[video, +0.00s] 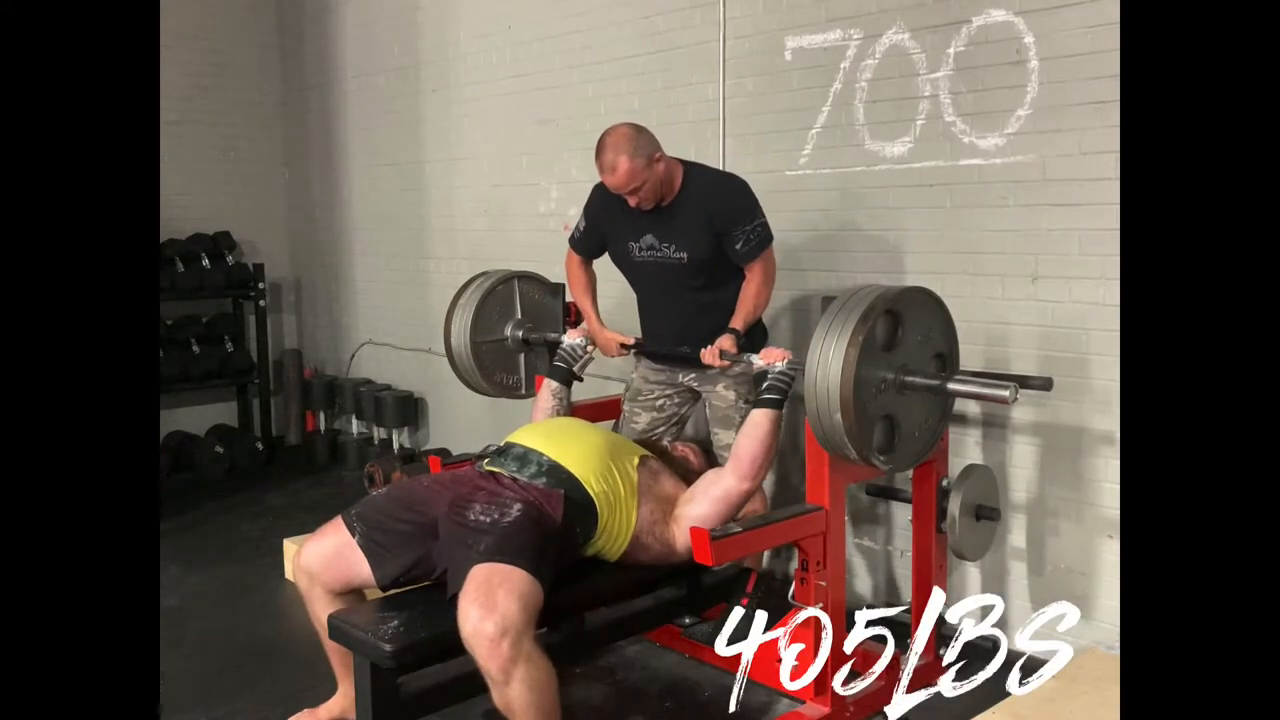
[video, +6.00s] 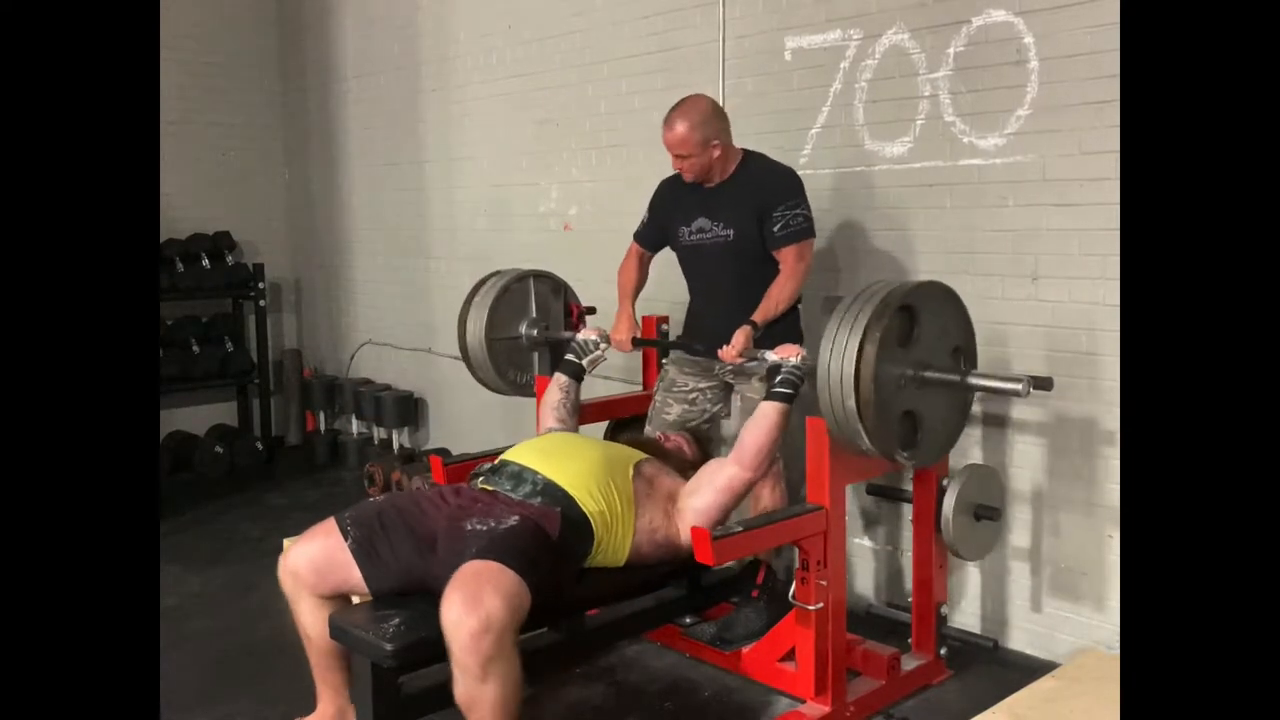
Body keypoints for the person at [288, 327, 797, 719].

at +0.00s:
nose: (681, 446)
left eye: (692, 451)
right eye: (678, 442)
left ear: (701, 475)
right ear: (657, 446)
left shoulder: (679, 511)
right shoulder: (598, 449)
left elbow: (745, 472)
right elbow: (536, 437)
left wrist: (772, 391)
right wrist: (560, 370)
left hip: (526, 502)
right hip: (454, 481)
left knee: (492, 628)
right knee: (314, 563)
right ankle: (350, 695)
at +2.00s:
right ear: (682, 454)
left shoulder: (677, 519)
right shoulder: (597, 445)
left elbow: (724, 460)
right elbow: (539, 434)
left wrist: (751, 380)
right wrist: (545, 358)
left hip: (531, 493)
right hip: (459, 472)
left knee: (492, 620)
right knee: (321, 560)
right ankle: (345, 698)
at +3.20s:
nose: (673, 429)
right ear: (656, 430)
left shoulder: (661, 518)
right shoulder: (579, 444)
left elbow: (699, 473)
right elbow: (515, 447)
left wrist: (719, 389)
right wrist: (505, 378)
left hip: (524, 502)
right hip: (453, 481)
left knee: (487, 629)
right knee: (308, 561)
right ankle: (343, 697)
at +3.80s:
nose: (667, 433)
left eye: (681, 437)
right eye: (663, 430)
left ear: (681, 465)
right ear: (644, 438)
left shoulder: (661, 501)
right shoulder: (583, 443)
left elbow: (681, 557)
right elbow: (516, 457)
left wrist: (704, 460)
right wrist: (503, 426)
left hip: (520, 507)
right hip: (458, 484)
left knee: (481, 632)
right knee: (306, 562)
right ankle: (344, 698)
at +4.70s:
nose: (688, 440)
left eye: (700, 443)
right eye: (683, 436)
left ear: (707, 470)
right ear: (664, 440)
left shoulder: (677, 512)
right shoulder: (589, 452)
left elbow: (723, 490)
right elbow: (507, 459)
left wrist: (730, 403)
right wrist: (505, 390)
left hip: (527, 506)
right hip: (458, 485)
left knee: (487, 622)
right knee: (309, 558)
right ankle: (344, 697)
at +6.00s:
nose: (672, 435)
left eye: (684, 439)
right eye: (665, 431)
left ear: (694, 468)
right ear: (645, 440)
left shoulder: (679, 502)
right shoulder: (587, 449)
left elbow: (746, 466)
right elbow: (555, 418)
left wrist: (780, 385)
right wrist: (572, 359)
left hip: (530, 523)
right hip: (460, 497)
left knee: (472, 618)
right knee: (299, 563)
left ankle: (489, 715)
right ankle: (332, 706)